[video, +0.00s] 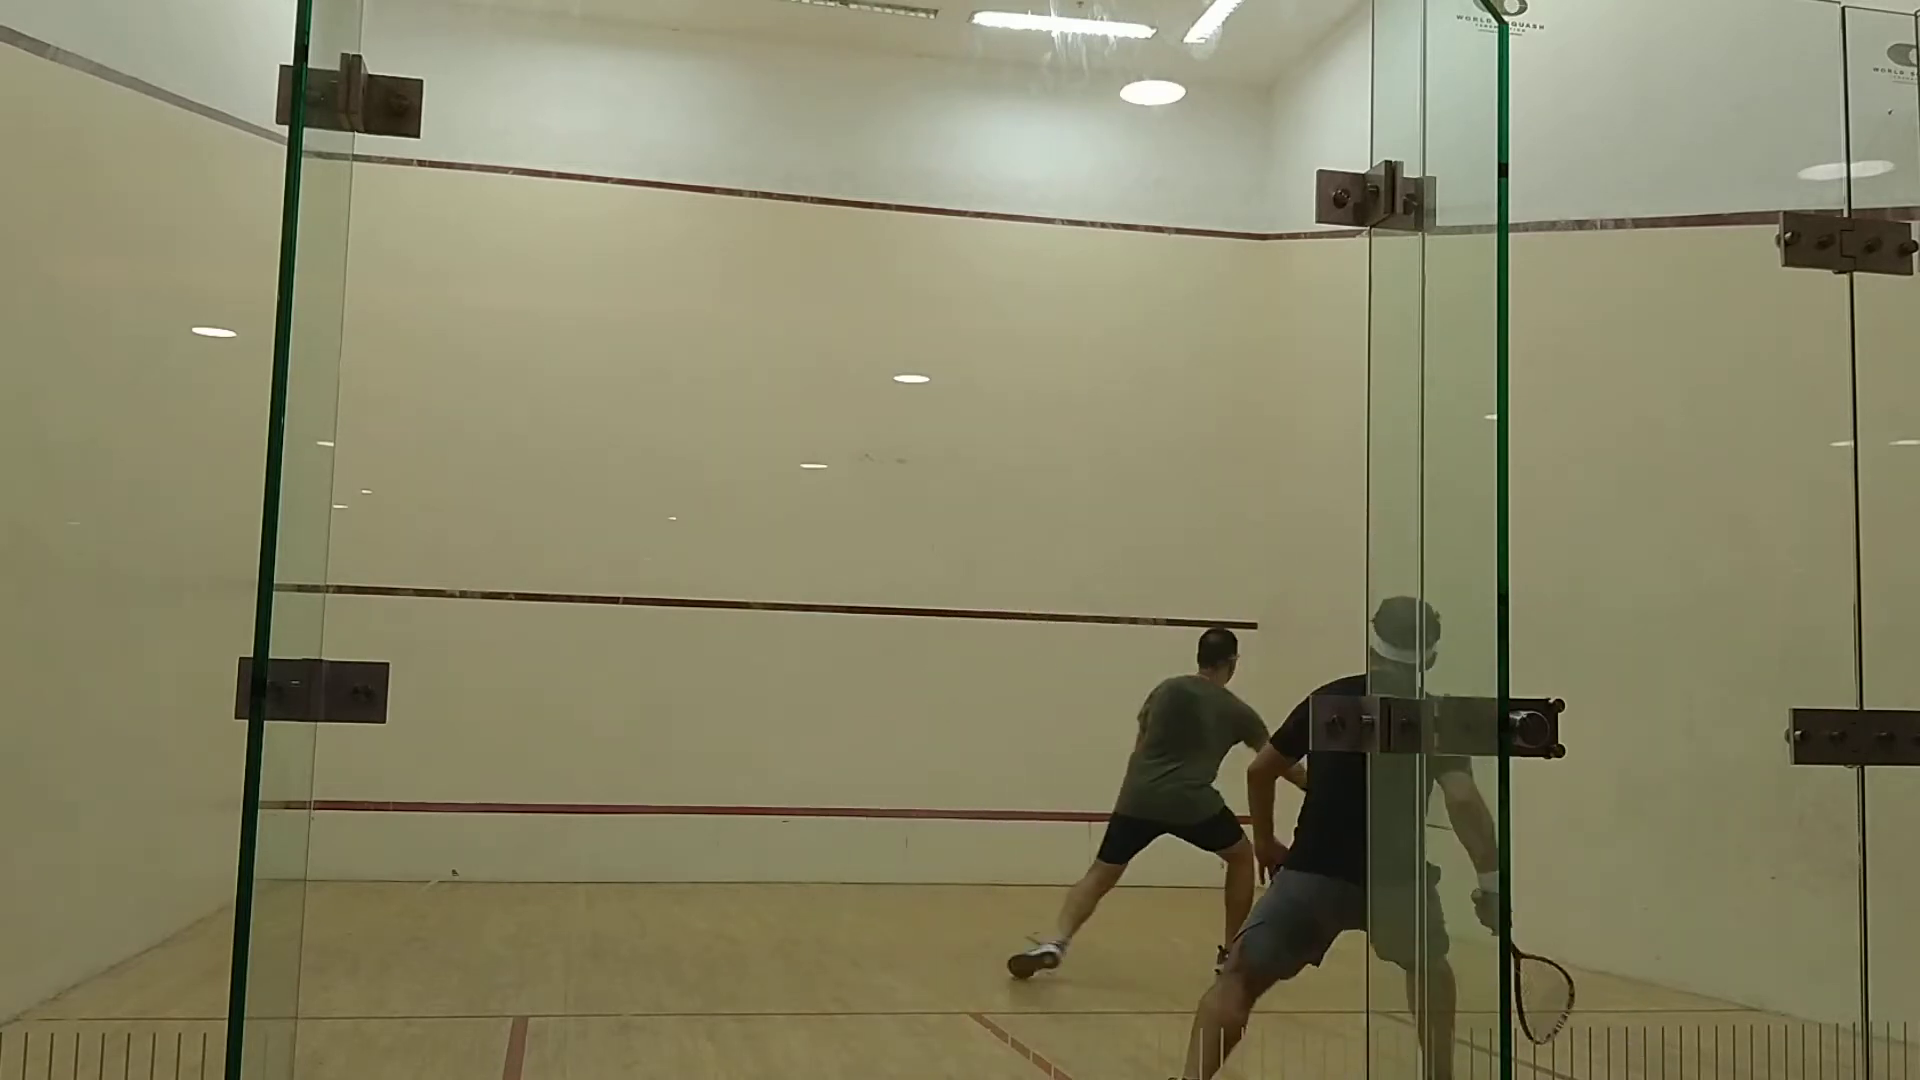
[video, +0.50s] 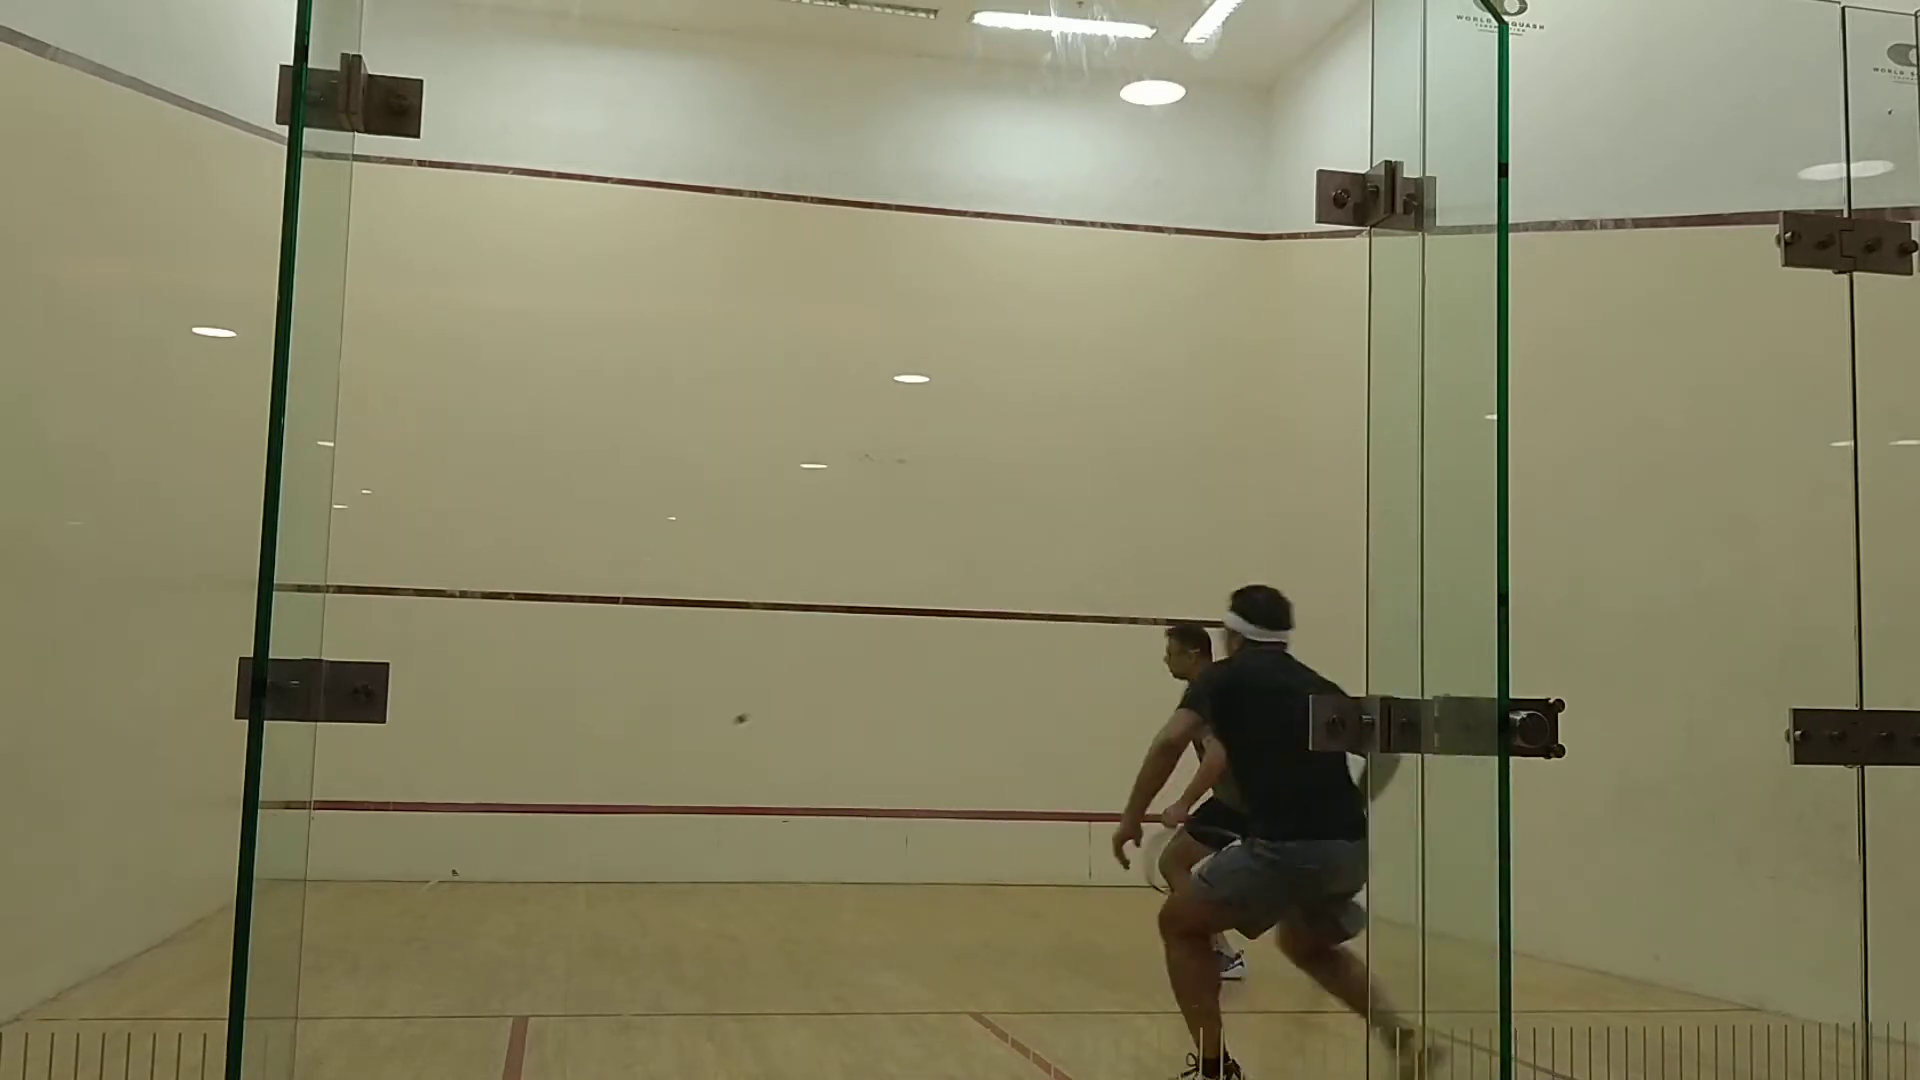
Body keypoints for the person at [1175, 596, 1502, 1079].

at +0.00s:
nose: (1429, 653)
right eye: (1429, 646)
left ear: (1377, 641)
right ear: (1431, 651)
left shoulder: (1330, 699)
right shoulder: (1434, 713)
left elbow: (1260, 772)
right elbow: (1463, 799)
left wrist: (1265, 840)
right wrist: (1491, 883)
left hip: (1316, 870)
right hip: (1397, 877)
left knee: (1241, 976)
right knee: (1432, 970)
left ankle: (1196, 1073)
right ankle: (1439, 1074)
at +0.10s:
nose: (1426, 649)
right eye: (1428, 641)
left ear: (1376, 636)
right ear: (1431, 646)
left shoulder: (1331, 691)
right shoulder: (1437, 707)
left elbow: (1258, 757)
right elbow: (1465, 782)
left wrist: (1247, 828)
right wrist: (1492, 860)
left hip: (1319, 859)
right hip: (1401, 863)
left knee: (1248, 973)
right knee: (1447, 955)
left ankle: (1198, 1073)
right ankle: (1461, 1070)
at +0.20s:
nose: (1418, 668)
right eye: (1423, 658)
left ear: (1386, 647)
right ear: (1443, 660)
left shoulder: (1340, 696)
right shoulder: (1452, 718)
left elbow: (1250, 736)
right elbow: (1512, 801)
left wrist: (1206, 794)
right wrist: (1528, 875)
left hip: (1330, 862)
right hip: (1415, 868)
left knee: (1251, 960)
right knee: (1472, 973)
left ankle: (1206, 1064)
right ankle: (1536, 1072)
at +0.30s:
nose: (1371, 674)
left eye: (1371, 665)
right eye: (1384, 668)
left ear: (1366, 666)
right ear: (1415, 671)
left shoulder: (1331, 718)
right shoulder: (1440, 732)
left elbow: (1243, 757)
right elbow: (1498, 826)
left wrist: (1172, 811)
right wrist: (1499, 904)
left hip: (1331, 874)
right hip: (1416, 881)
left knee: (1250, 937)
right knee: (1476, 982)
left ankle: (1213, 1055)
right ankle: (1539, 1073)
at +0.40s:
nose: (1300, 645)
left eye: (1304, 638)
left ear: (1308, 645)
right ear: (1362, 651)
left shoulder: (1278, 691)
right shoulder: (1381, 707)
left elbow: (1214, 736)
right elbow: (1440, 797)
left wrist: (1165, 808)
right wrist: (1416, 860)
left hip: (1307, 874)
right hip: (1383, 872)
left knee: (1217, 928)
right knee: (1431, 974)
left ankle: (1232, 1067)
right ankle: (1524, 1069)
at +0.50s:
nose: (1221, 635)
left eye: (1224, 628)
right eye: (1225, 628)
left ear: (1234, 634)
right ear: (1284, 635)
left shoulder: (1220, 678)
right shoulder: (1320, 685)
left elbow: (1169, 742)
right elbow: (1389, 747)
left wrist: (1132, 818)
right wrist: (1358, 807)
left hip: (1283, 850)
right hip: (1350, 848)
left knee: (1181, 923)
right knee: (1303, 943)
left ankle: (1213, 1065)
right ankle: (1404, 1038)